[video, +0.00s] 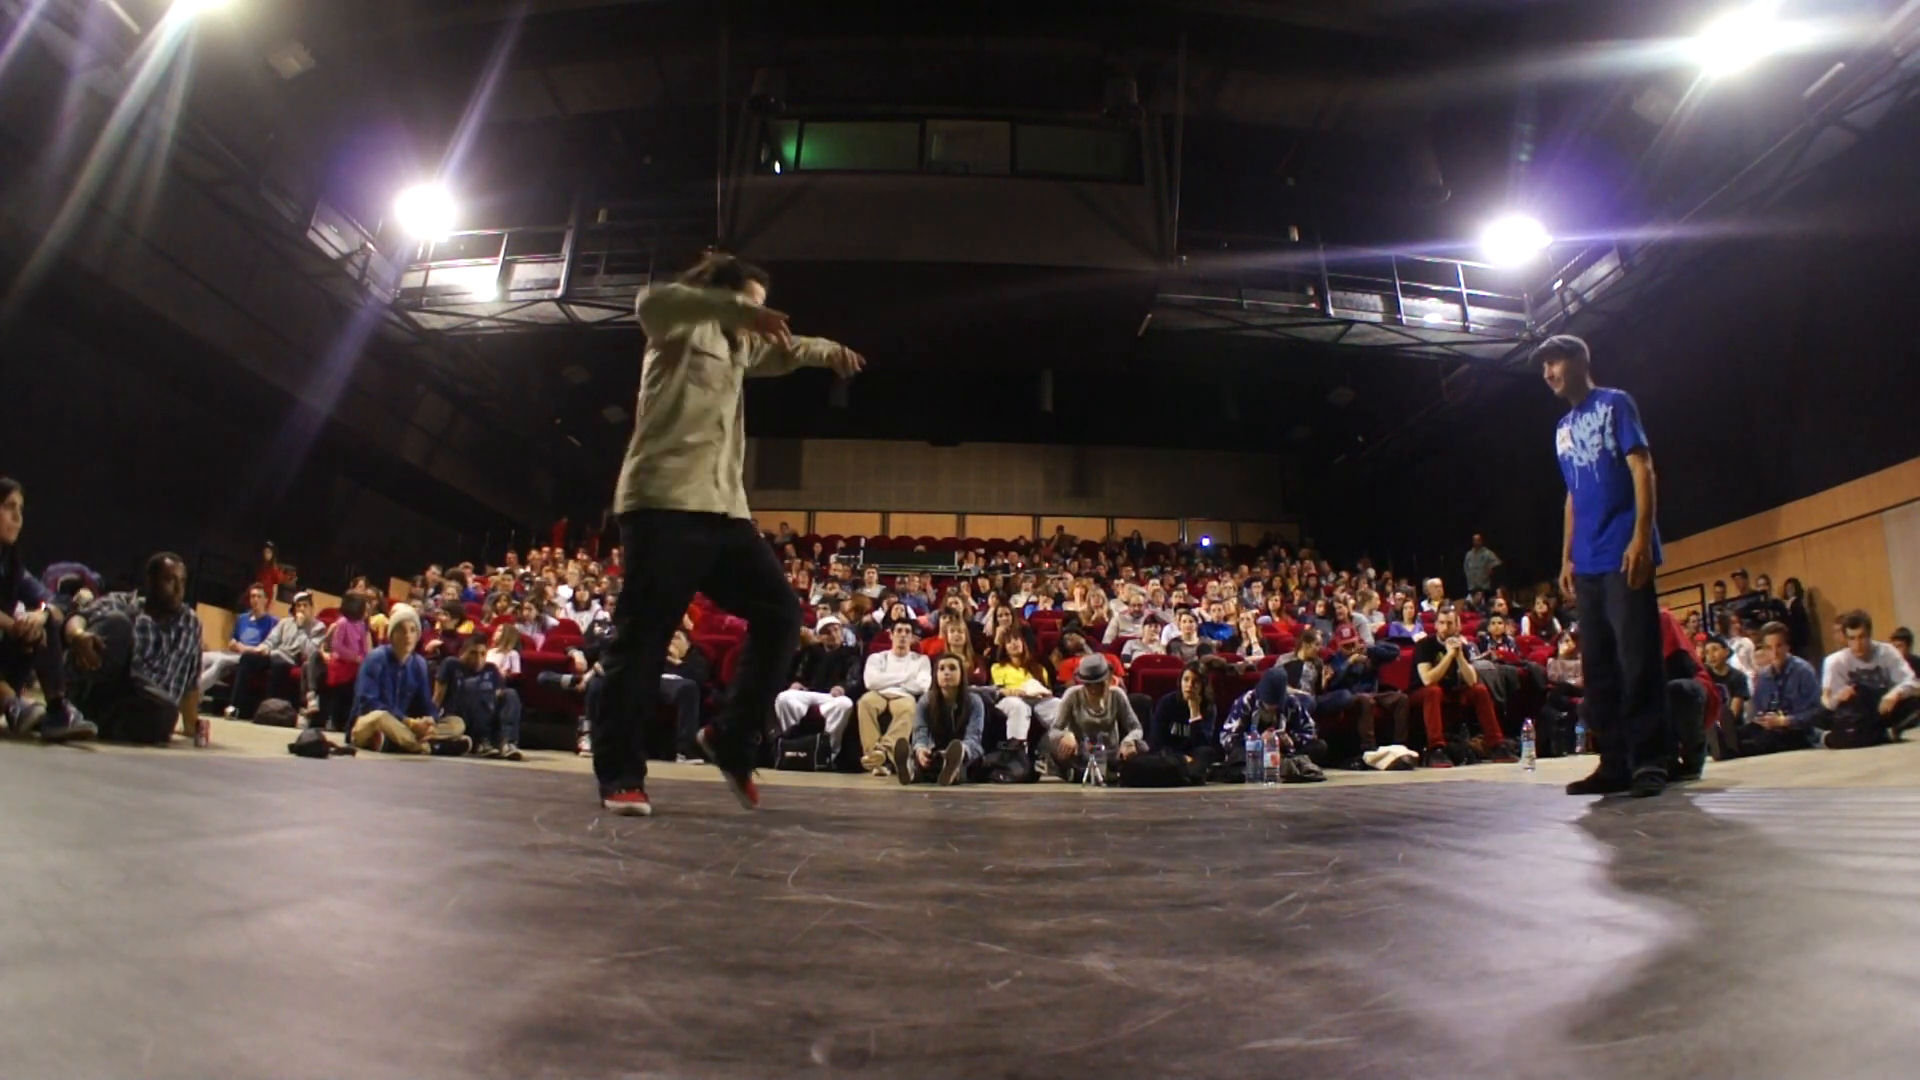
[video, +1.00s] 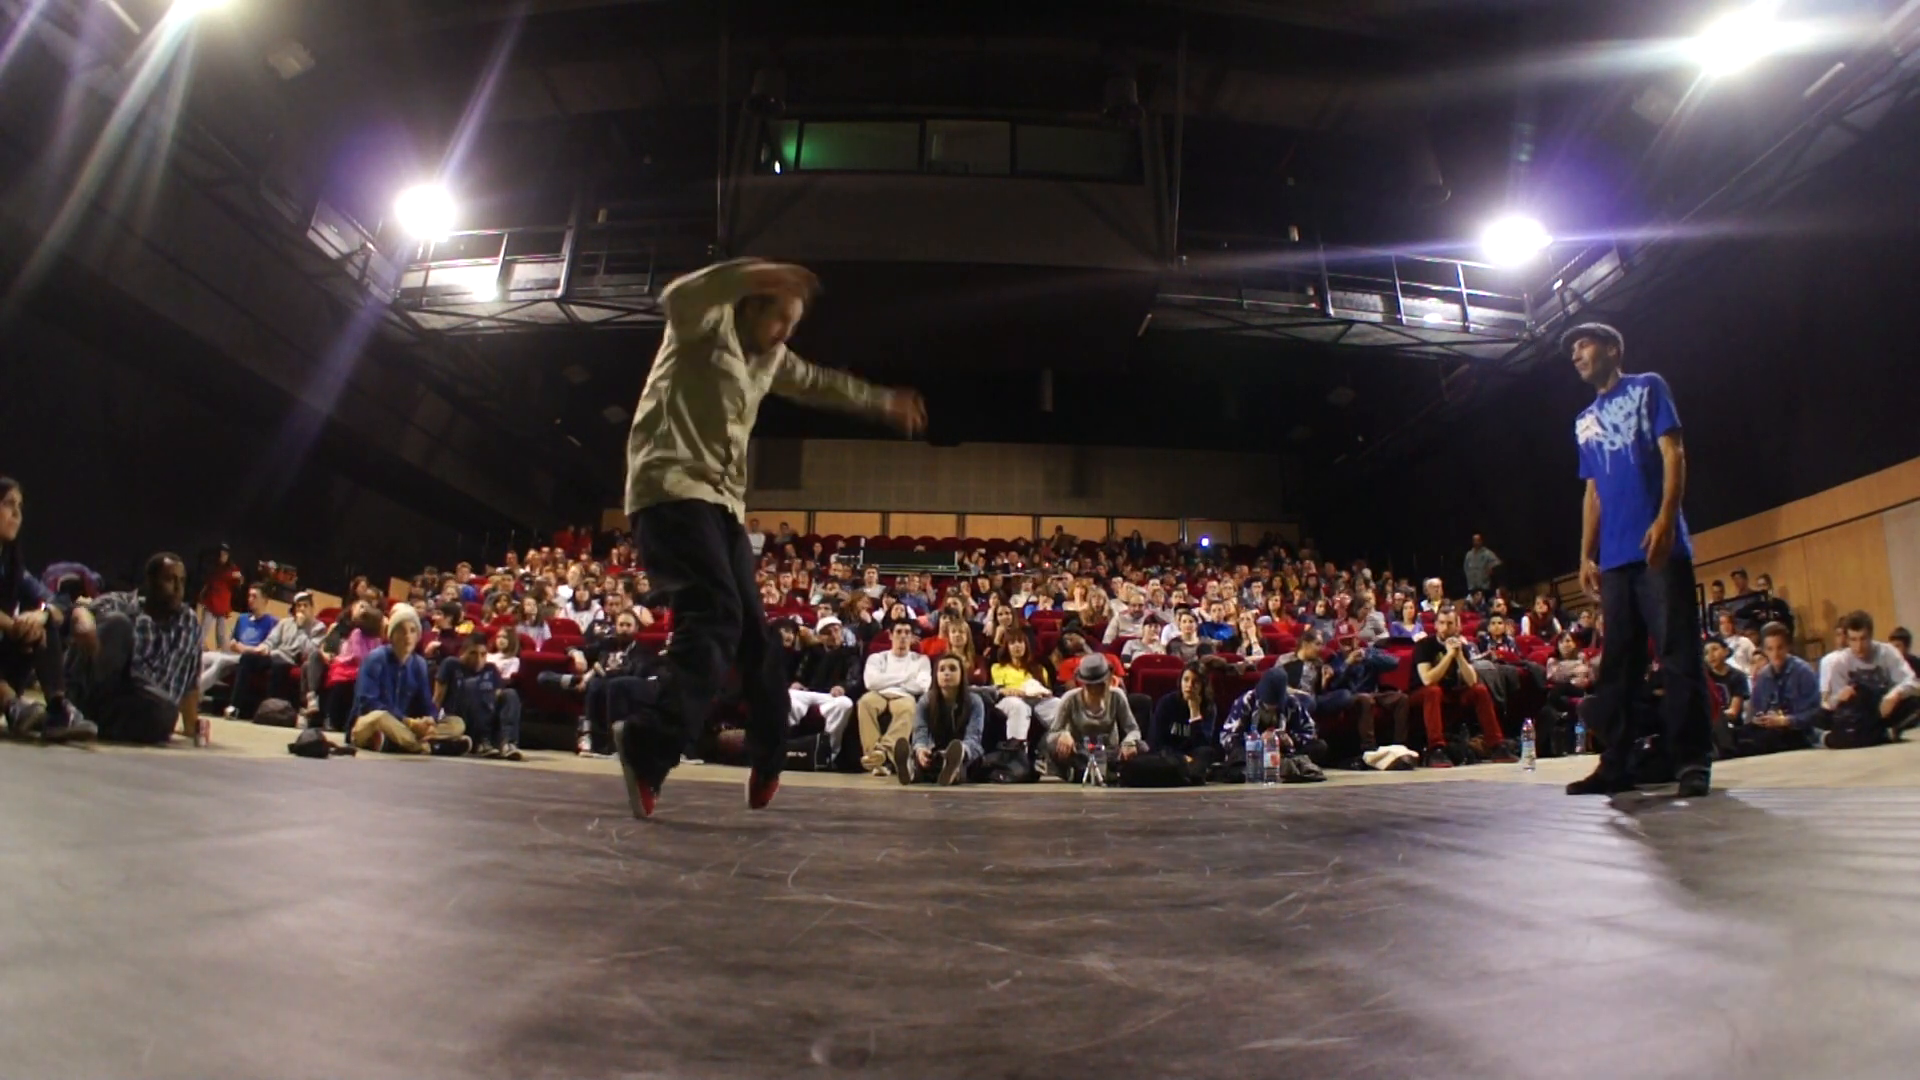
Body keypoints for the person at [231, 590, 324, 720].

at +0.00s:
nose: (302, 609)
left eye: (305, 606)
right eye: (298, 606)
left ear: (312, 609)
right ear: (294, 609)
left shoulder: (319, 628)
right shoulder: (286, 622)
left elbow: (310, 652)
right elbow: (271, 640)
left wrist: (301, 628)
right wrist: (264, 648)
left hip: (292, 660)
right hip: (273, 656)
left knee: (277, 665)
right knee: (248, 657)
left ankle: (270, 709)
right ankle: (235, 706)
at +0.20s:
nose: (302, 609)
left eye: (305, 606)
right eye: (298, 606)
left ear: (312, 609)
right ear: (294, 609)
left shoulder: (319, 628)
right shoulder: (286, 623)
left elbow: (310, 652)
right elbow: (271, 640)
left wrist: (301, 628)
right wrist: (264, 648)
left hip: (292, 660)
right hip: (273, 656)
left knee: (277, 666)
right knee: (248, 657)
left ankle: (271, 710)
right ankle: (235, 706)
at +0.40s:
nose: (302, 609)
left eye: (305, 606)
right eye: (298, 606)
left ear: (312, 609)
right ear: (294, 609)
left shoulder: (319, 628)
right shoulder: (286, 622)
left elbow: (310, 651)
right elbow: (271, 640)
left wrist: (301, 628)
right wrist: (264, 647)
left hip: (292, 660)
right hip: (273, 656)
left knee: (277, 665)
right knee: (248, 657)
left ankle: (271, 709)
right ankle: (235, 705)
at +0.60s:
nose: (302, 609)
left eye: (306, 606)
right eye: (299, 606)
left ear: (312, 609)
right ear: (294, 609)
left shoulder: (319, 628)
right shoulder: (286, 623)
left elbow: (310, 652)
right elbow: (271, 640)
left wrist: (301, 628)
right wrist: (264, 648)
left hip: (292, 661)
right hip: (273, 656)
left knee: (277, 666)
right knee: (248, 657)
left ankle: (271, 709)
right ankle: (235, 705)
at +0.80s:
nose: (302, 609)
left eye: (306, 606)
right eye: (299, 606)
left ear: (313, 609)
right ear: (294, 609)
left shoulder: (319, 628)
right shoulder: (286, 623)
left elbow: (310, 651)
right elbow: (271, 640)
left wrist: (301, 628)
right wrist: (264, 647)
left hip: (292, 661)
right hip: (273, 656)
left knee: (277, 666)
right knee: (248, 657)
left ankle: (272, 709)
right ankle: (235, 706)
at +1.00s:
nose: (302, 609)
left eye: (306, 606)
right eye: (299, 606)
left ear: (313, 609)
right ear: (294, 609)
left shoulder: (319, 628)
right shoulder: (285, 623)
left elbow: (310, 651)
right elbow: (271, 640)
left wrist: (301, 628)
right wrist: (265, 647)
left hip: (293, 661)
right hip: (274, 656)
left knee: (278, 666)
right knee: (247, 657)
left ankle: (272, 709)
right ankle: (235, 705)